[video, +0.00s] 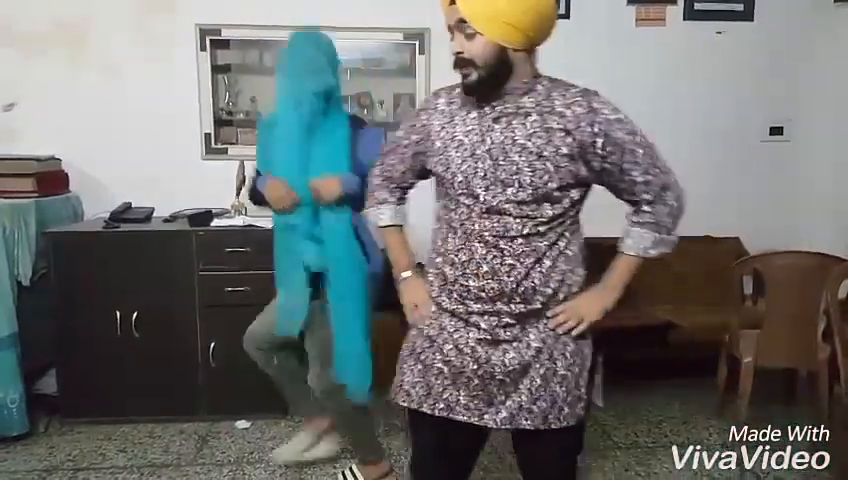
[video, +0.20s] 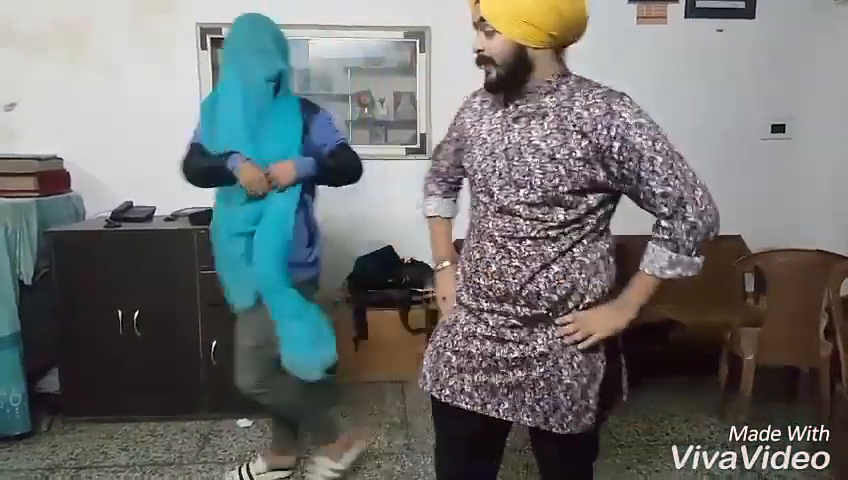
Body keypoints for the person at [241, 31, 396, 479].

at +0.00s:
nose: (301, 85)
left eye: (310, 74)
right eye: (294, 75)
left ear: (328, 74)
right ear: (283, 76)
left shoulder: (356, 132)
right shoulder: (277, 131)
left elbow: (391, 184)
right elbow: (257, 181)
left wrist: (348, 186)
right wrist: (266, 188)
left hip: (346, 272)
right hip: (302, 273)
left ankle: (376, 466)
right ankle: (318, 427)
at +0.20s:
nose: (255, 74)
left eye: (263, 63)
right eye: (246, 64)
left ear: (278, 62)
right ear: (232, 64)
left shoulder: (302, 113)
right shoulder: (220, 112)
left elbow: (349, 165)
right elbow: (192, 167)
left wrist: (299, 168)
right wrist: (235, 167)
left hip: (293, 257)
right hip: (241, 258)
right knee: (281, 363)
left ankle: (333, 437)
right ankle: (282, 452)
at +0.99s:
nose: (170, 126)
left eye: (181, 115)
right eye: (159, 115)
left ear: (202, 102)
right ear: (142, 101)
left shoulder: (238, 157)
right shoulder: (131, 156)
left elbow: (274, 224)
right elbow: (90, 226)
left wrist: (222, 163)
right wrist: (120, 153)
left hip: (212, 344)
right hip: (138, 340)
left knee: (190, 465)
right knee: (135, 466)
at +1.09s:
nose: (175, 137)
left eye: (188, 124)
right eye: (162, 125)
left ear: (208, 117)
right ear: (141, 117)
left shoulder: (234, 175)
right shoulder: (127, 177)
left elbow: (276, 247)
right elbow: (92, 253)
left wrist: (228, 179)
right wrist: (131, 179)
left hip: (221, 370)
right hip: (140, 364)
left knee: (198, 470)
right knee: (113, 470)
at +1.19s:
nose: (187, 158)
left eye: (199, 142)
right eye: (172, 145)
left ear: (217, 137)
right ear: (149, 143)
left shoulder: (244, 203)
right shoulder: (127, 207)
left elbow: (280, 281)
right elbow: (100, 285)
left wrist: (237, 210)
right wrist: (144, 212)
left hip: (228, 390)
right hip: (149, 388)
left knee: (217, 470)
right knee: (125, 471)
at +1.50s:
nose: (197, 100)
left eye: (210, 85)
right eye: (177, 86)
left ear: (229, 73)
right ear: (146, 76)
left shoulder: (255, 135)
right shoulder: (124, 135)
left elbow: (306, 225)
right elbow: (94, 216)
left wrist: (260, 141)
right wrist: (163, 134)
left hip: (250, 372)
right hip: (157, 374)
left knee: (248, 469)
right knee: (167, 468)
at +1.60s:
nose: (215, 100)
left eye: (227, 85)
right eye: (194, 86)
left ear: (243, 76)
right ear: (159, 77)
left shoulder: (260, 139)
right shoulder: (132, 135)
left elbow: (317, 223)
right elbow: (116, 213)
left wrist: (279, 134)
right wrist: (188, 127)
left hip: (259, 367)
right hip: (166, 368)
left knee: (253, 469)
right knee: (170, 468)